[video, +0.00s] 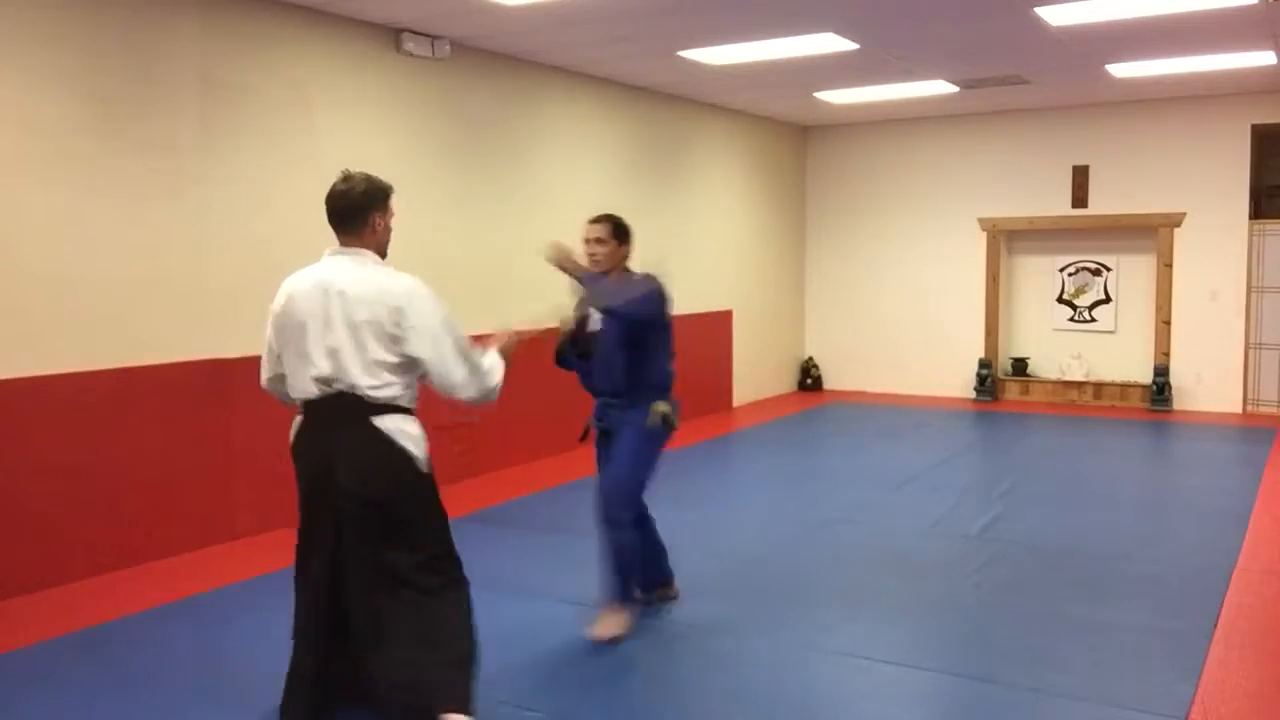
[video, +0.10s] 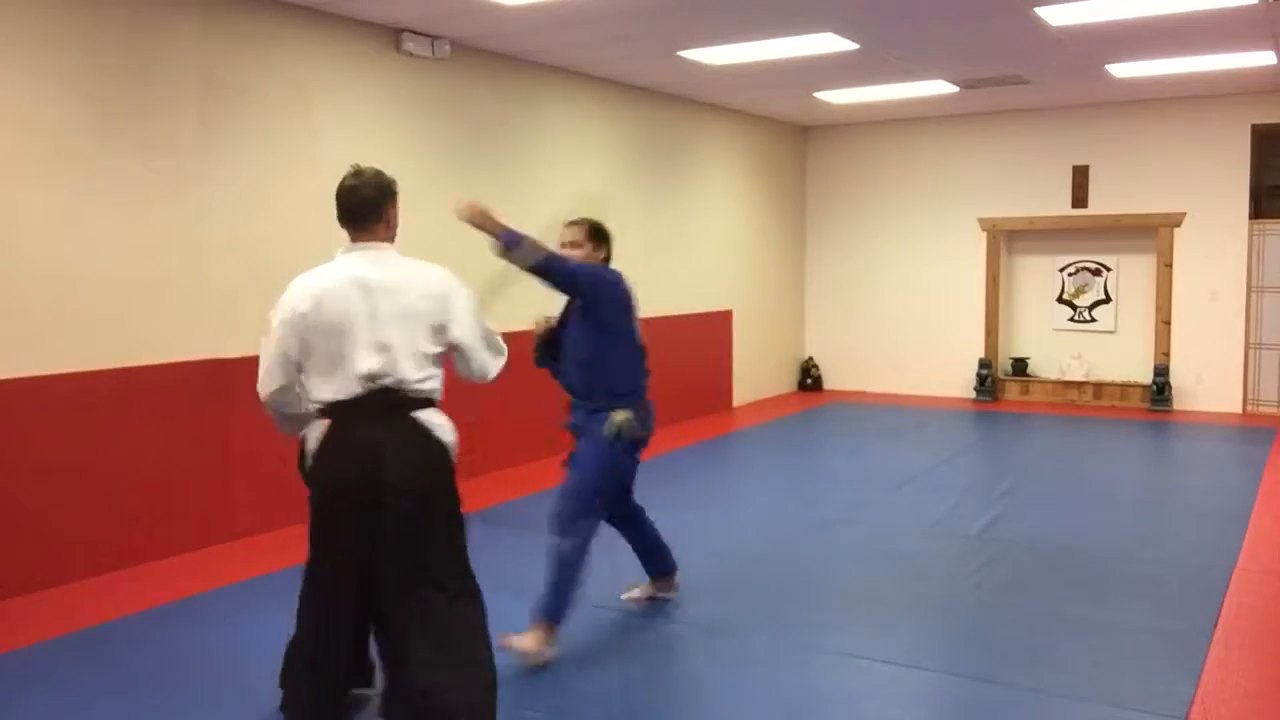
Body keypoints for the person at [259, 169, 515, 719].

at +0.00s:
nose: (393, 226)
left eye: (391, 216)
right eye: (390, 218)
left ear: (334, 225)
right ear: (376, 222)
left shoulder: (293, 290)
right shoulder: (401, 291)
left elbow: (275, 379)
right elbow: (463, 381)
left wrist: (323, 400)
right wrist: (494, 355)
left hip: (317, 445)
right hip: (387, 444)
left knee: (324, 576)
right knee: (431, 574)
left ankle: (315, 706)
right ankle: (449, 704)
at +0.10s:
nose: (398, 217)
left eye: (386, 210)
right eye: (397, 209)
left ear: (342, 220)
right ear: (393, 215)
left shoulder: (305, 291)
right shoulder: (433, 281)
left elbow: (275, 389)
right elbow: (485, 364)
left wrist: (313, 428)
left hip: (339, 448)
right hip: (417, 443)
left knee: (335, 580)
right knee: (436, 582)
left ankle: (318, 703)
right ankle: (446, 705)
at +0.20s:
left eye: (354, 212)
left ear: (349, 218)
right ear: (405, 214)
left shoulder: (328, 289)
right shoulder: (451, 279)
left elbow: (291, 390)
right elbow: (482, 356)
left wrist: (289, 430)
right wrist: (429, 344)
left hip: (364, 444)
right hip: (444, 440)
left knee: (346, 580)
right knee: (449, 586)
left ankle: (323, 696)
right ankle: (456, 706)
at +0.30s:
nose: (352, 216)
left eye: (351, 210)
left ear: (352, 214)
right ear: (409, 211)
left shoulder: (346, 272)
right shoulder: (454, 269)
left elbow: (321, 361)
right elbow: (462, 353)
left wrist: (276, 420)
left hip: (386, 443)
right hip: (461, 434)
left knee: (344, 595)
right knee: (459, 593)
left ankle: (325, 707)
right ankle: (468, 707)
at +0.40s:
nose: (357, 217)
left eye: (356, 211)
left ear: (356, 214)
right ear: (413, 213)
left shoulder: (347, 267)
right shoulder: (457, 269)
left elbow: (330, 341)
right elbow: (467, 341)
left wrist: (275, 417)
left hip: (392, 441)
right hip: (470, 433)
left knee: (354, 593)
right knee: (474, 588)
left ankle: (364, 705)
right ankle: (476, 705)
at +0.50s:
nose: (363, 243)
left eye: (362, 236)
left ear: (364, 239)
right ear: (421, 237)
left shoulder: (355, 285)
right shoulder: (460, 295)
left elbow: (325, 356)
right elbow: (456, 380)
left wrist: (270, 433)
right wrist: (350, 409)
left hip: (405, 452)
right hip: (484, 449)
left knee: (381, 610)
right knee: (485, 606)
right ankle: (487, 710)